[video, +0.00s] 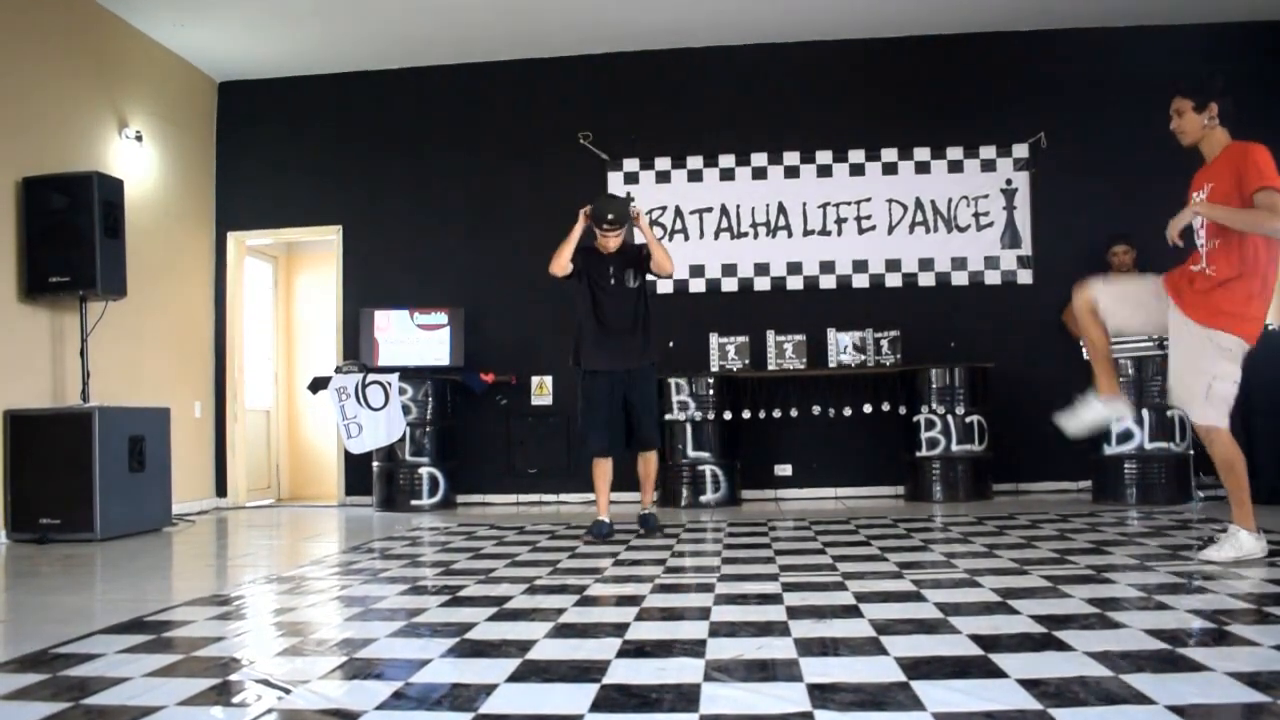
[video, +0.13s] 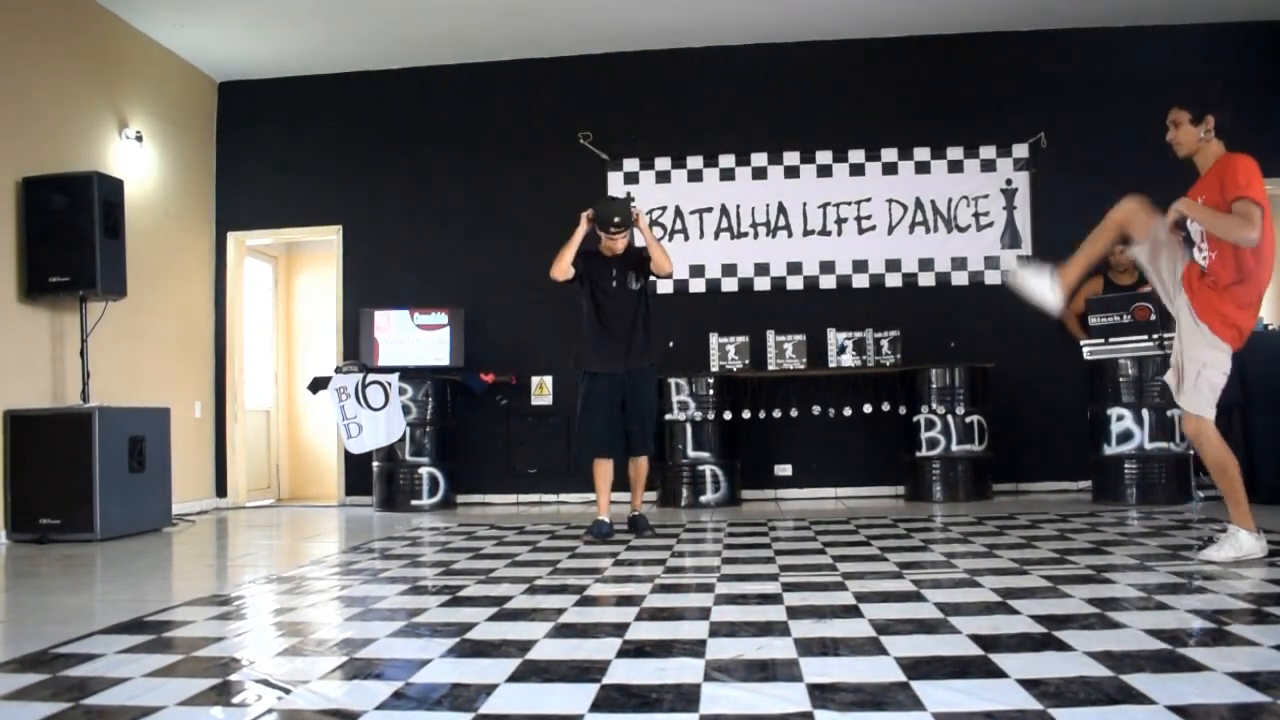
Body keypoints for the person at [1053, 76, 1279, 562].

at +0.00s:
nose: (1174, 124)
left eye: (1181, 114)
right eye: (1172, 115)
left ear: (1210, 114)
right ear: (1197, 118)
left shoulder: (1250, 155)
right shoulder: (1203, 176)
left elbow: (1272, 219)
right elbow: (1217, 249)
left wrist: (1200, 209)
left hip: (1222, 312)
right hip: (1181, 291)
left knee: (1208, 421)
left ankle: (1245, 532)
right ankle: (1110, 398)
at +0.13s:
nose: (1169, 135)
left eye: (1176, 126)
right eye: (1169, 127)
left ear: (1207, 126)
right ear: (1194, 130)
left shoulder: (1237, 167)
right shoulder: (1206, 181)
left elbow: (1249, 230)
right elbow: (1209, 242)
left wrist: (1193, 209)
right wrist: (1175, 232)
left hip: (1216, 317)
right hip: (1189, 282)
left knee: (1197, 424)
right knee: (1132, 208)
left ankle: (1245, 532)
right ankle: (1059, 283)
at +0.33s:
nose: (1169, 139)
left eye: (1176, 130)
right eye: (1168, 131)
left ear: (1206, 131)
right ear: (1196, 134)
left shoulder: (1230, 173)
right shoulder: (1208, 182)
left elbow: (1209, 241)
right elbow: (1200, 254)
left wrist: (1167, 205)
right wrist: (1166, 231)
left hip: (1213, 318)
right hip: (1189, 294)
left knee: (1190, 429)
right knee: (1152, 204)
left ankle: (1244, 532)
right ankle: (1078, 262)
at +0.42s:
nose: (1171, 133)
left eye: (1179, 124)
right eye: (1170, 125)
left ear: (1207, 125)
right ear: (1192, 129)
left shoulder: (1229, 169)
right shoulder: (1208, 176)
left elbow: (1208, 239)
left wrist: (1167, 213)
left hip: (1220, 312)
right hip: (1194, 287)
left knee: (1197, 424)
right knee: (1117, 241)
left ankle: (1245, 532)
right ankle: (1095, 343)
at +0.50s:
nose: (1169, 125)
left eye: (1176, 116)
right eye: (1169, 116)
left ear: (1205, 118)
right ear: (1200, 120)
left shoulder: (1224, 161)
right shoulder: (1218, 163)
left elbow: (1213, 235)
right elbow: (1217, 245)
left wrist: (1163, 216)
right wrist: (1138, 265)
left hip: (1221, 312)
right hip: (1193, 293)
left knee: (1206, 422)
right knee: (1096, 294)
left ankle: (1246, 533)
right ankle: (1121, 400)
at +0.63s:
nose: (1165, 119)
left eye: (1171, 110)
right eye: (1165, 111)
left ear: (1198, 109)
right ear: (1196, 111)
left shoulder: (1215, 152)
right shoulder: (1225, 159)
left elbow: (1218, 226)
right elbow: (1267, 233)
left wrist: (1163, 220)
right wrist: (1249, 296)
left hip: (1221, 313)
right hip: (1188, 302)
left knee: (1218, 422)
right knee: (1111, 367)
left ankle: (1248, 532)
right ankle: (1149, 471)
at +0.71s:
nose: (1162, 118)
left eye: (1167, 109)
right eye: (1162, 110)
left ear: (1194, 109)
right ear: (1192, 110)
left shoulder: (1209, 151)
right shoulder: (1214, 160)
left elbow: (1210, 227)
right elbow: (1266, 239)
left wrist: (1159, 223)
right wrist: (1247, 301)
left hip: (1211, 312)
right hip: (1176, 311)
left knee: (1224, 421)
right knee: (1138, 403)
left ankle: (1249, 532)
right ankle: (1168, 508)